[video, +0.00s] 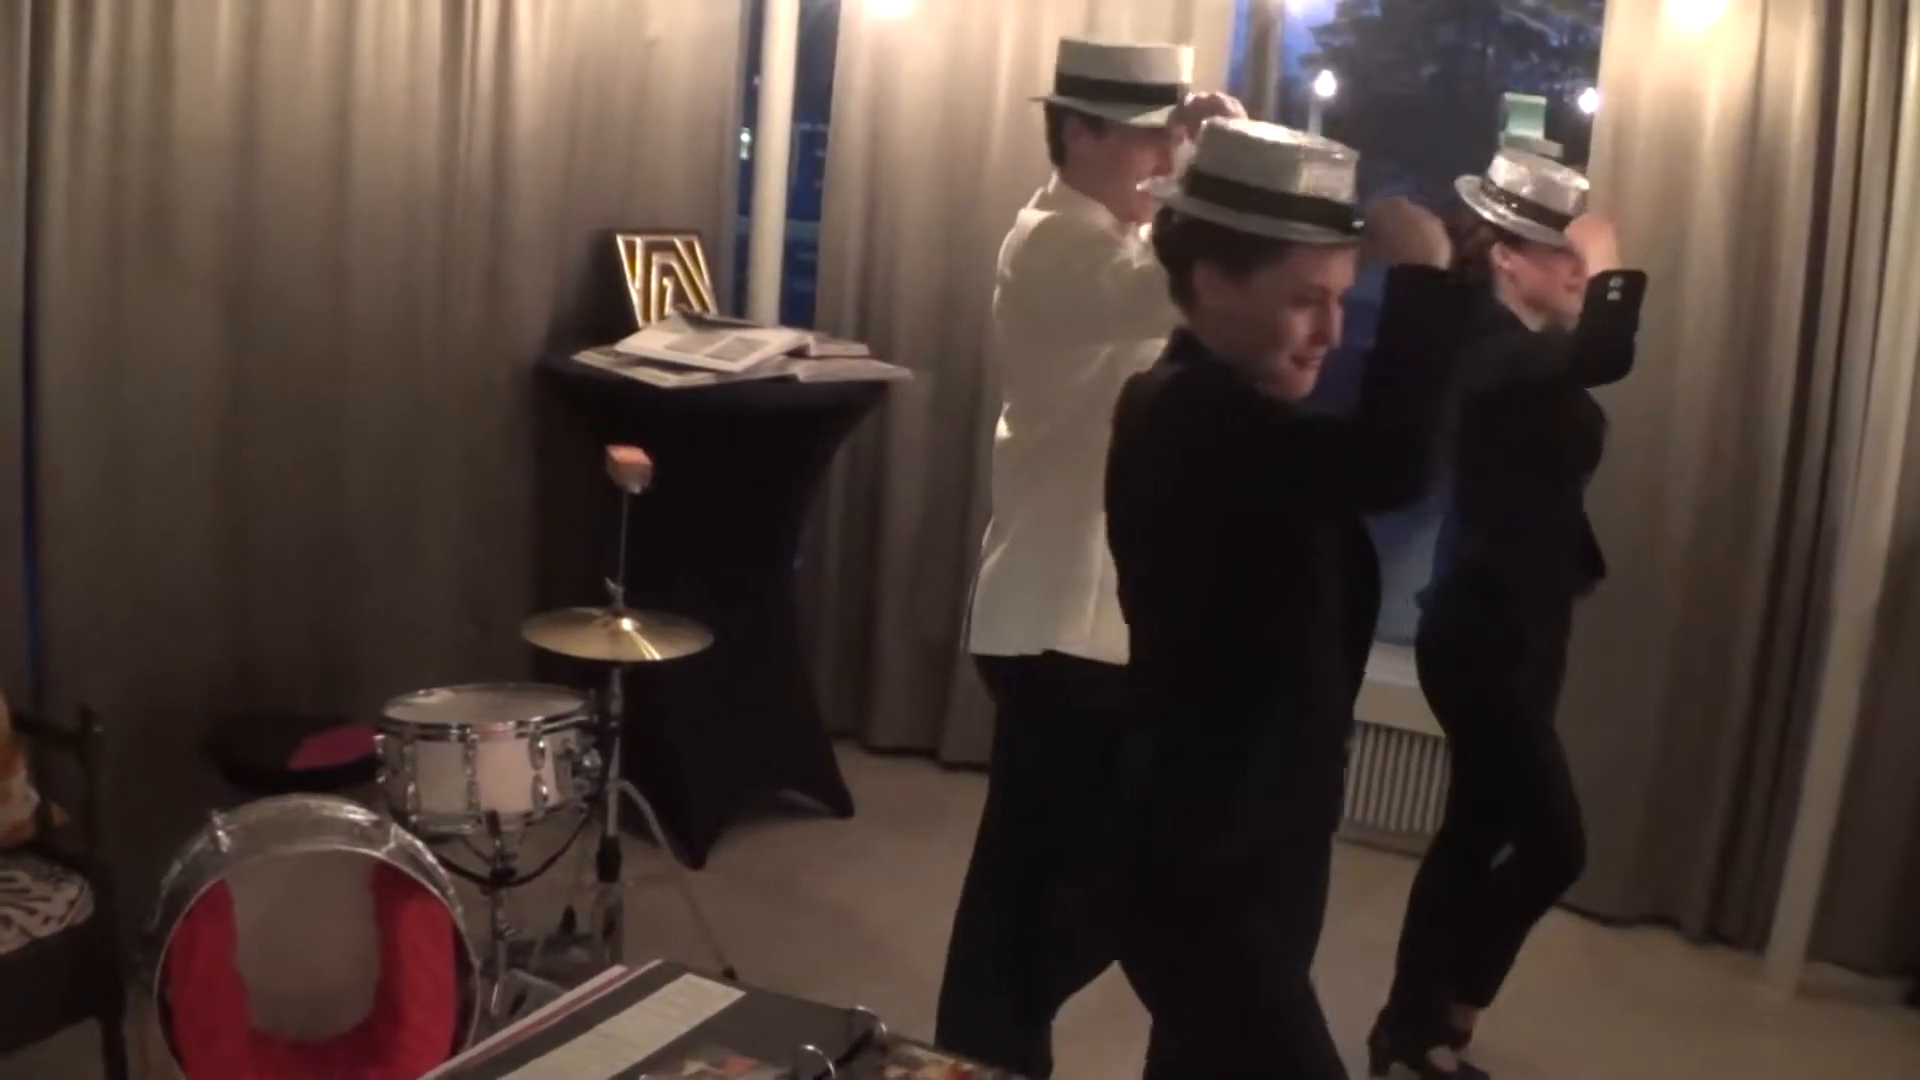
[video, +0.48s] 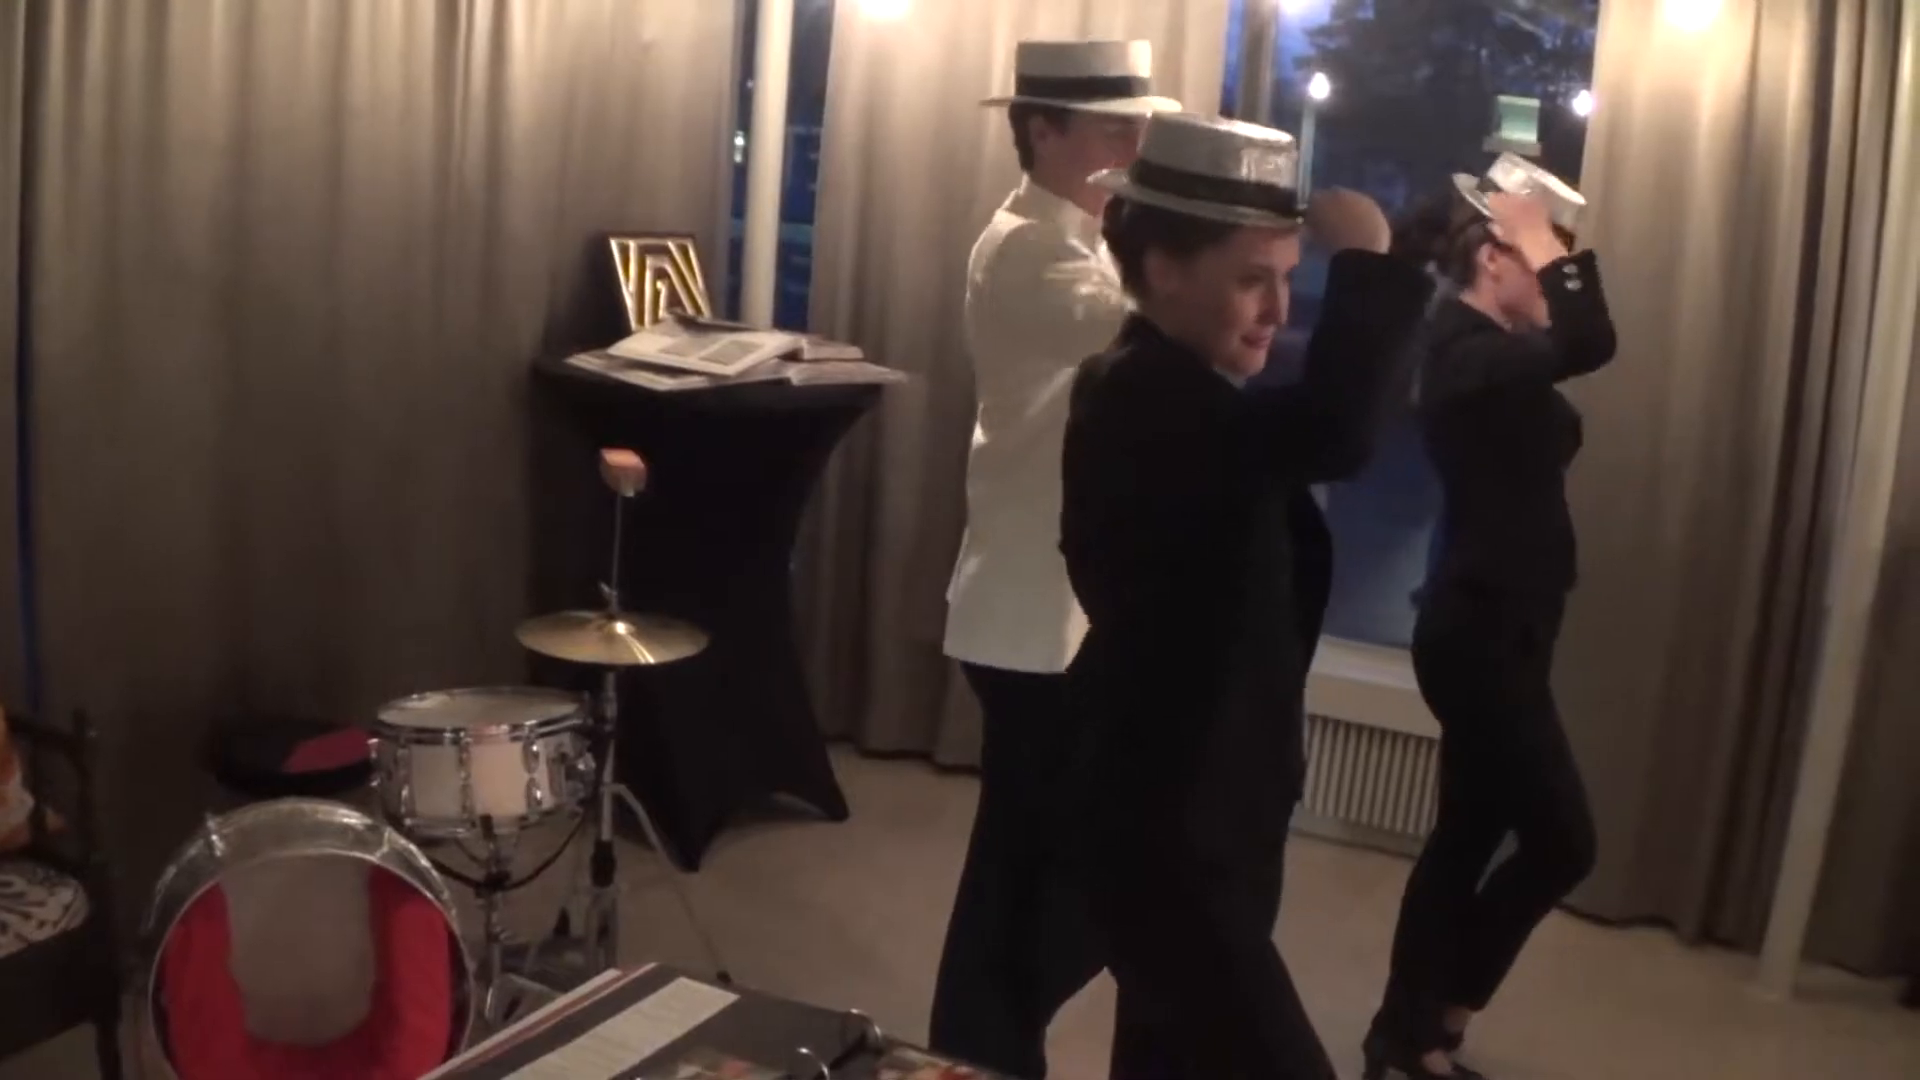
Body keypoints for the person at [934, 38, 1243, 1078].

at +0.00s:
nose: (1160, 159)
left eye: (1167, 138)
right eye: (1141, 137)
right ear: (1077, 136)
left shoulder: (1099, 237)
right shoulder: (1055, 245)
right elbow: (1186, 286)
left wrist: (1195, 167)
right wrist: (1204, 166)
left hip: (1089, 607)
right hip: (1063, 619)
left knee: (1058, 875)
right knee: (1043, 878)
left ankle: (992, 1050)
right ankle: (987, 1054)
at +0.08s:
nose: (1156, 156)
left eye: (1159, 136)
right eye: (1138, 136)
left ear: (1082, 142)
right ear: (1073, 136)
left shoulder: (1080, 235)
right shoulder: (1063, 250)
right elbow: (1212, 297)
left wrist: (1218, 154)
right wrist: (1228, 150)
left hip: (1065, 606)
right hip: (1061, 621)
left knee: (1041, 875)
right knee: (1049, 881)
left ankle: (988, 1051)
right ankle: (988, 1053)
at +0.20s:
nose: (1149, 152)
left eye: (1152, 132)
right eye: (1133, 131)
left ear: (1065, 138)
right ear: (1063, 132)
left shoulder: (1063, 228)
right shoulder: (1059, 245)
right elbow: (1199, 284)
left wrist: (1203, 157)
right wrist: (1210, 149)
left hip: (1051, 602)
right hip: (1057, 619)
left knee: (1036, 864)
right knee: (1053, 872)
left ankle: (987, 1048)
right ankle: (990, 1049)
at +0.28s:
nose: (1143, 155)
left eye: (1146, 135)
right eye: (1125, 135)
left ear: (1062, 139)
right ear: (1055, 134)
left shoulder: (1053, 228)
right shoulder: (1059, 247)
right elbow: (1198, 294)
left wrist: (1191, 167)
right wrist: (1201, 156)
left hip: (1038, 607)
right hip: (1057, 624)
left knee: (1031, 863)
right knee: (1068, 873)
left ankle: (984, 1049)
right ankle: (989, 1047)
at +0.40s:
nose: (1132, 155)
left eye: (1136, 136)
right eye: (1116, 136)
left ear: (1057, 139)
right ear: (1050, 133)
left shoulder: (1037, 230)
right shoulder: (1054, 248)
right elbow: (1185, 317)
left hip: (1028, 597)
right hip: (1048, 611)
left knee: (1029, 853)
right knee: (1050, 864)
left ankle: (985, 1046)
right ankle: (984, 1048)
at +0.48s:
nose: (1132, 153)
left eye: (1136, 133)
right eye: (1112, 132)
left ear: (1063, 140)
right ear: (1044, 133)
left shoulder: (1066, 232)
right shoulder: (1040, 251)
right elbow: (1173, 340)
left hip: (1048, 604)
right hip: (1042, 620)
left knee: (1037, 866)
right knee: (1043, 876)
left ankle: (984, 1051)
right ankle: (981, 1054)